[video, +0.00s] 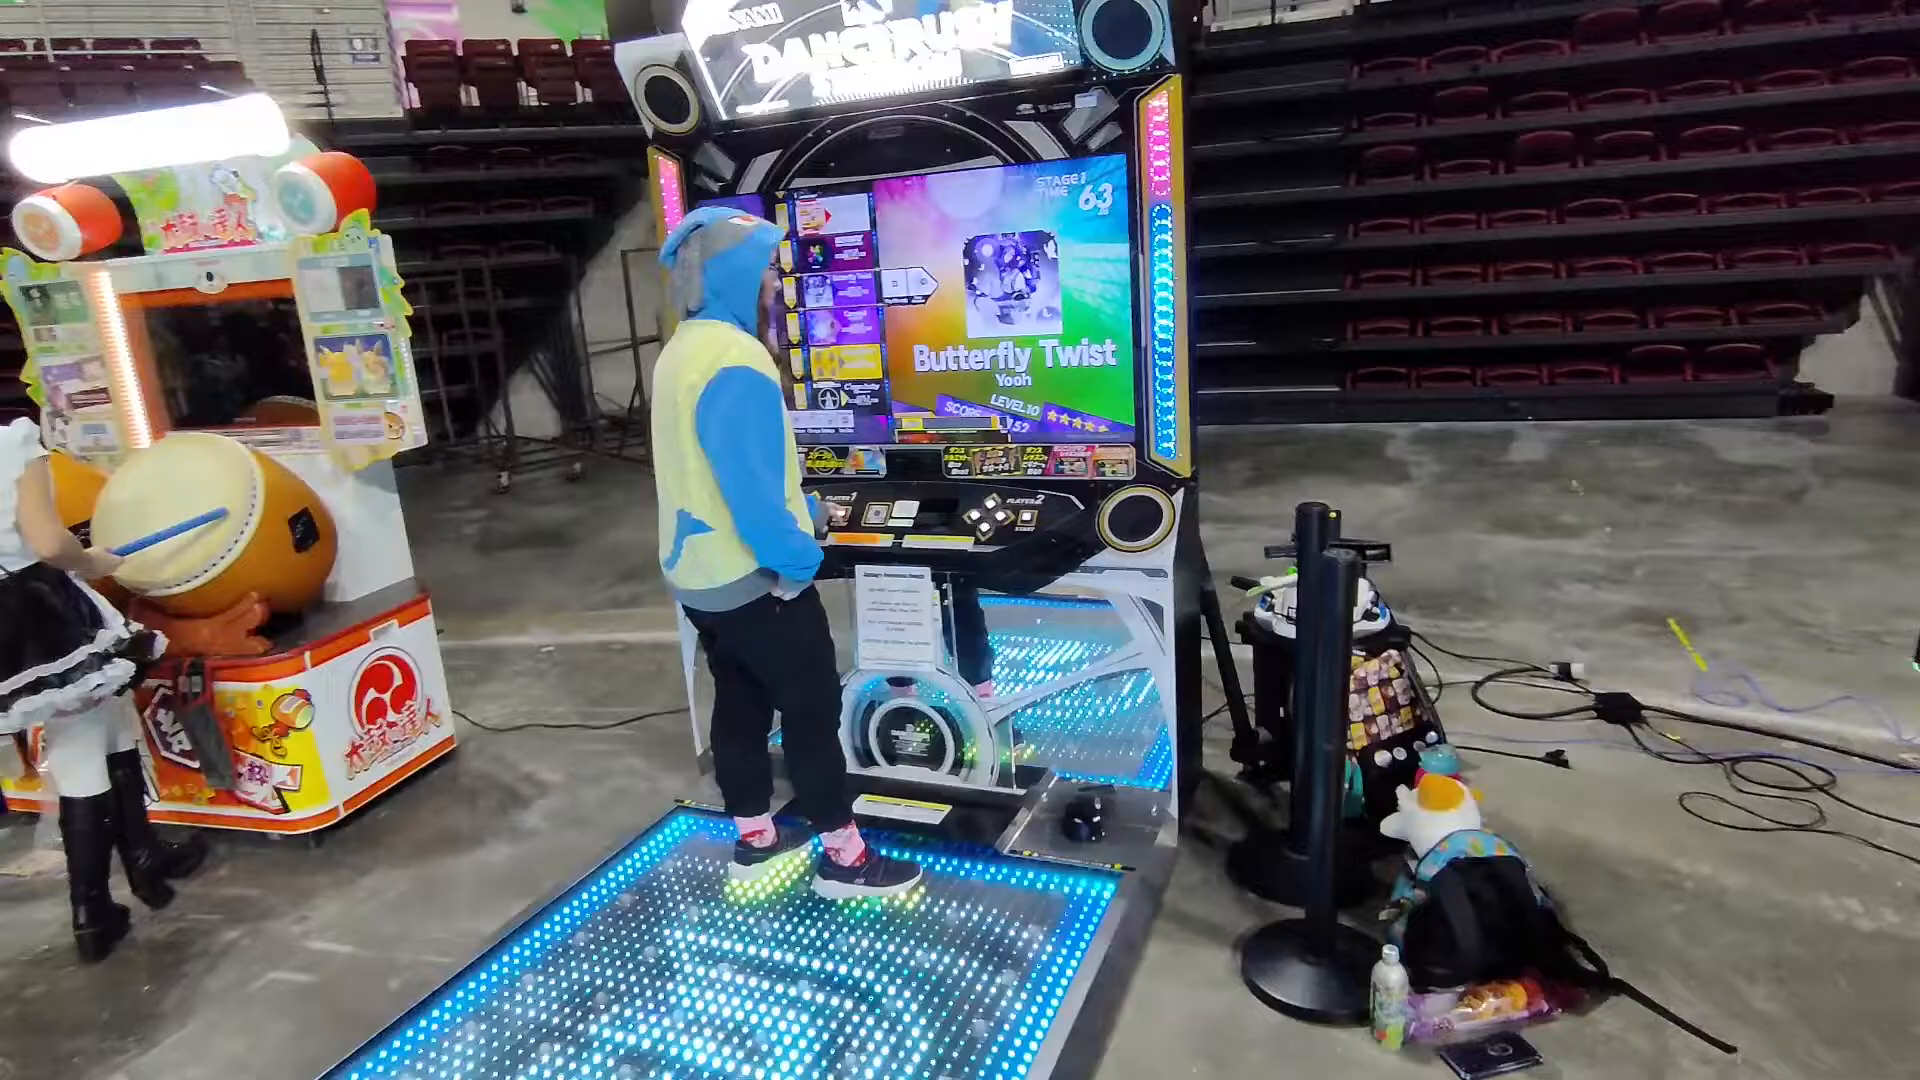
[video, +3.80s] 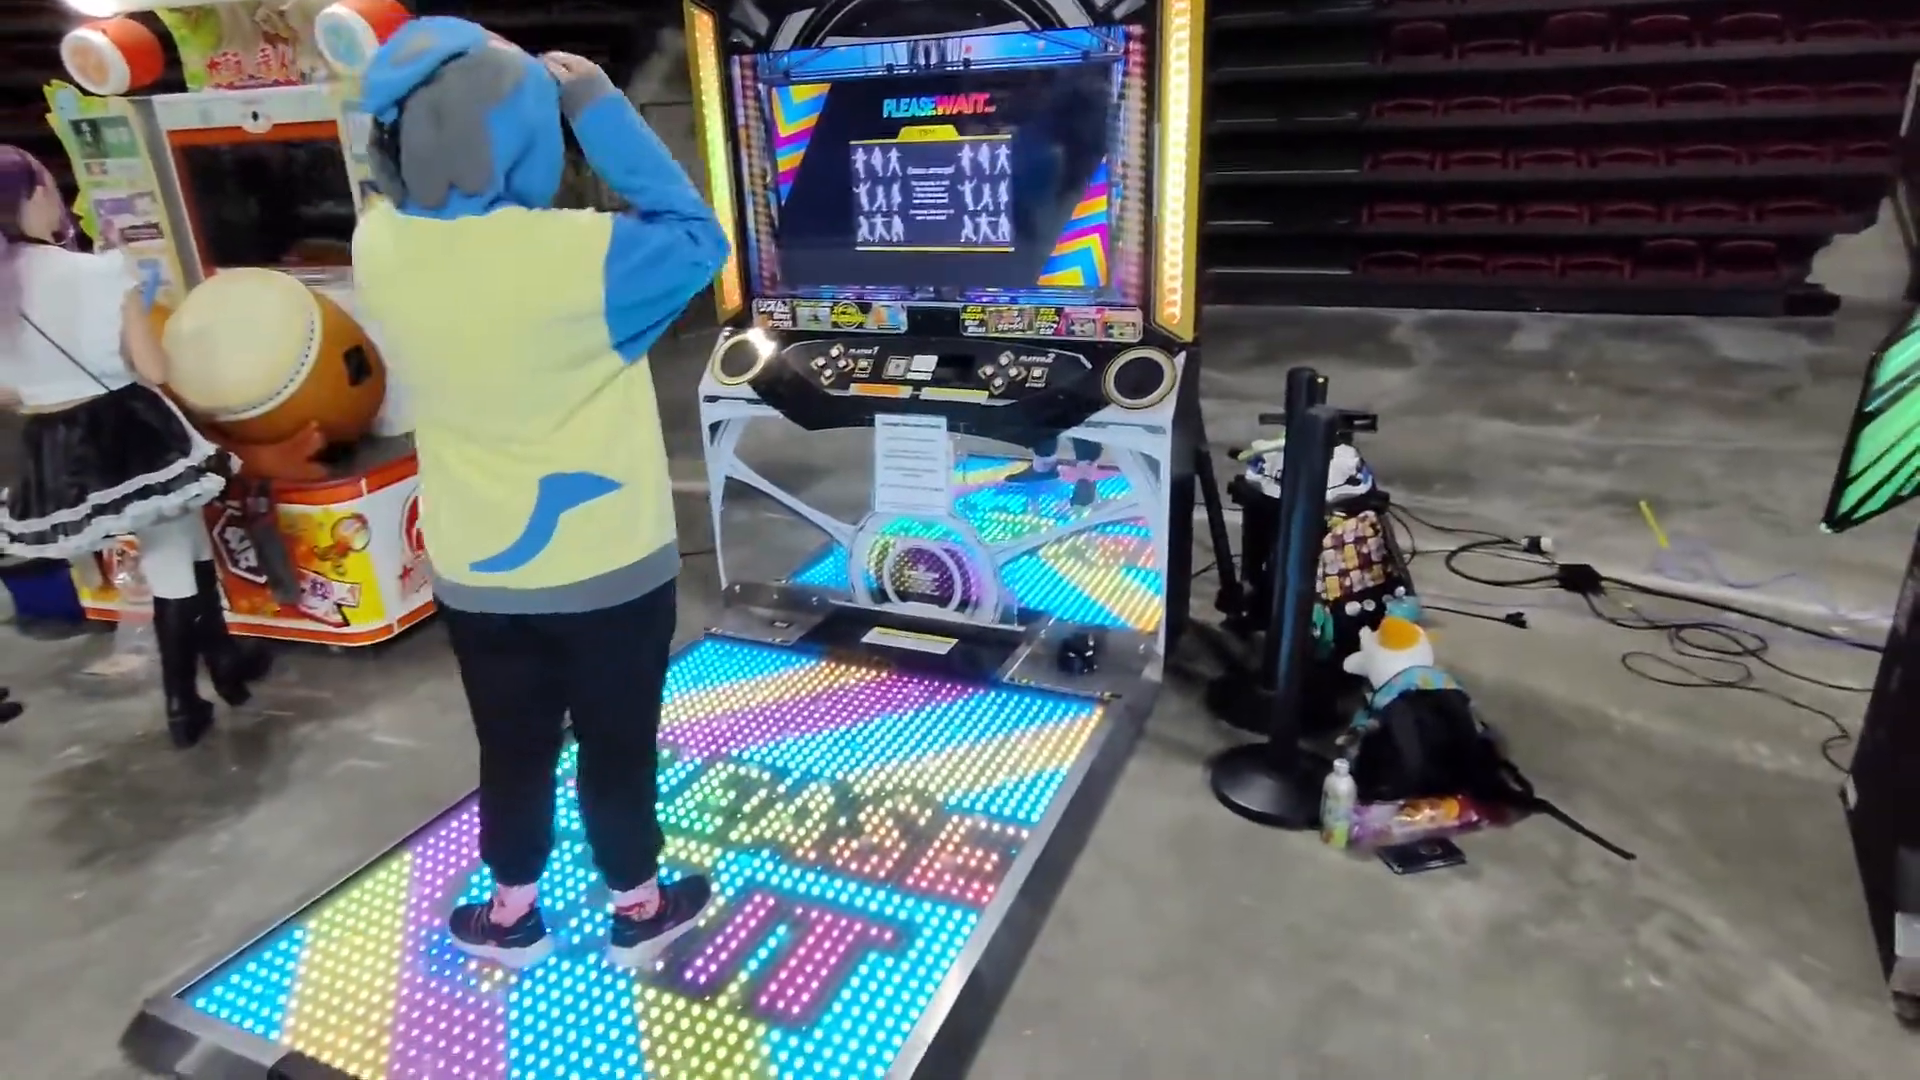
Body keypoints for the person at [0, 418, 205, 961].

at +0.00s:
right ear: (17, 379)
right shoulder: (17, 437)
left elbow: (42, 544)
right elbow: (45, 540)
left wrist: (77, 556)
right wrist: (88, 560)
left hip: (21, 628)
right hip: (41, 623)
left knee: (115, 720)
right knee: (80, 758)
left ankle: (144, 861)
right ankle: (90, 912)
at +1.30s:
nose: (65, 354)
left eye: (59, 343)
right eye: (56, 344)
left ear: (8, 361)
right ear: (32, 352)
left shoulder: (5, 436)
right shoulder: (95, 425)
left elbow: (15, 548)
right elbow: (139, 521)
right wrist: (174, 535)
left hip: (50, 607)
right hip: (124, 592)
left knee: (191, 679)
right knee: (163, 714)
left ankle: (223, 818)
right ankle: (175, 866)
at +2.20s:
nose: (67, 340)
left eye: (60, 328)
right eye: (56, 329)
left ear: (13, 347)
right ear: (28, 342)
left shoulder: (7, 417)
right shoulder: (103, 409)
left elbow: (13, 535)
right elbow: (157, 498)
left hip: (45, 589)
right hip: (121, 578)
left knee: (173, 674)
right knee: (164, 700)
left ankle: (218, 807)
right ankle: (165, 855)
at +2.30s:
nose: (54, 334)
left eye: (47, 323)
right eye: (46, 323)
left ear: (4, 340)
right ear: (22, 333)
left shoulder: (7, 412)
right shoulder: (92, 408)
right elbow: (147, 500)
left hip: (34, 595)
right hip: (112, 585)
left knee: (166, 670)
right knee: (151, 695)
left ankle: (205, 809)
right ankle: (154, 858)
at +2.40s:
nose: (33, 323)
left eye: (26, 310)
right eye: (25, 311)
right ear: (8, 319)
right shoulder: (74, 395)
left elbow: (129, 488)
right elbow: (133, 490)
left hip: (15, 593)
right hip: (89, 583)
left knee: (147, 651)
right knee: (138, 683)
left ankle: (187, 798)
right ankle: (137, 850)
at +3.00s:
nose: (30, 261)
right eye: (24, 251)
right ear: (16, 257)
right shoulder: (48, 323)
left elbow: (92, 419)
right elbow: (94, 421)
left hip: (11, 505)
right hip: (70, 493)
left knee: (125, 593)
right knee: (108, 623)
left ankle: (165, 726)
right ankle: (118, 774)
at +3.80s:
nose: (60, 200)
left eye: (55, 189)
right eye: (52, 190)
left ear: (8, 206)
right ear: (29, 199)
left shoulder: (5, 282)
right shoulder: (102, 271)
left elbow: (9, 393)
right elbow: (151, 369)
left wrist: (51, 393)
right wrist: (140, 313)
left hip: (56, 443)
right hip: (128, 432)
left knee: (179, 535)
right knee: (168, 560)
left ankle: (225, 658)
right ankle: (183, 706)